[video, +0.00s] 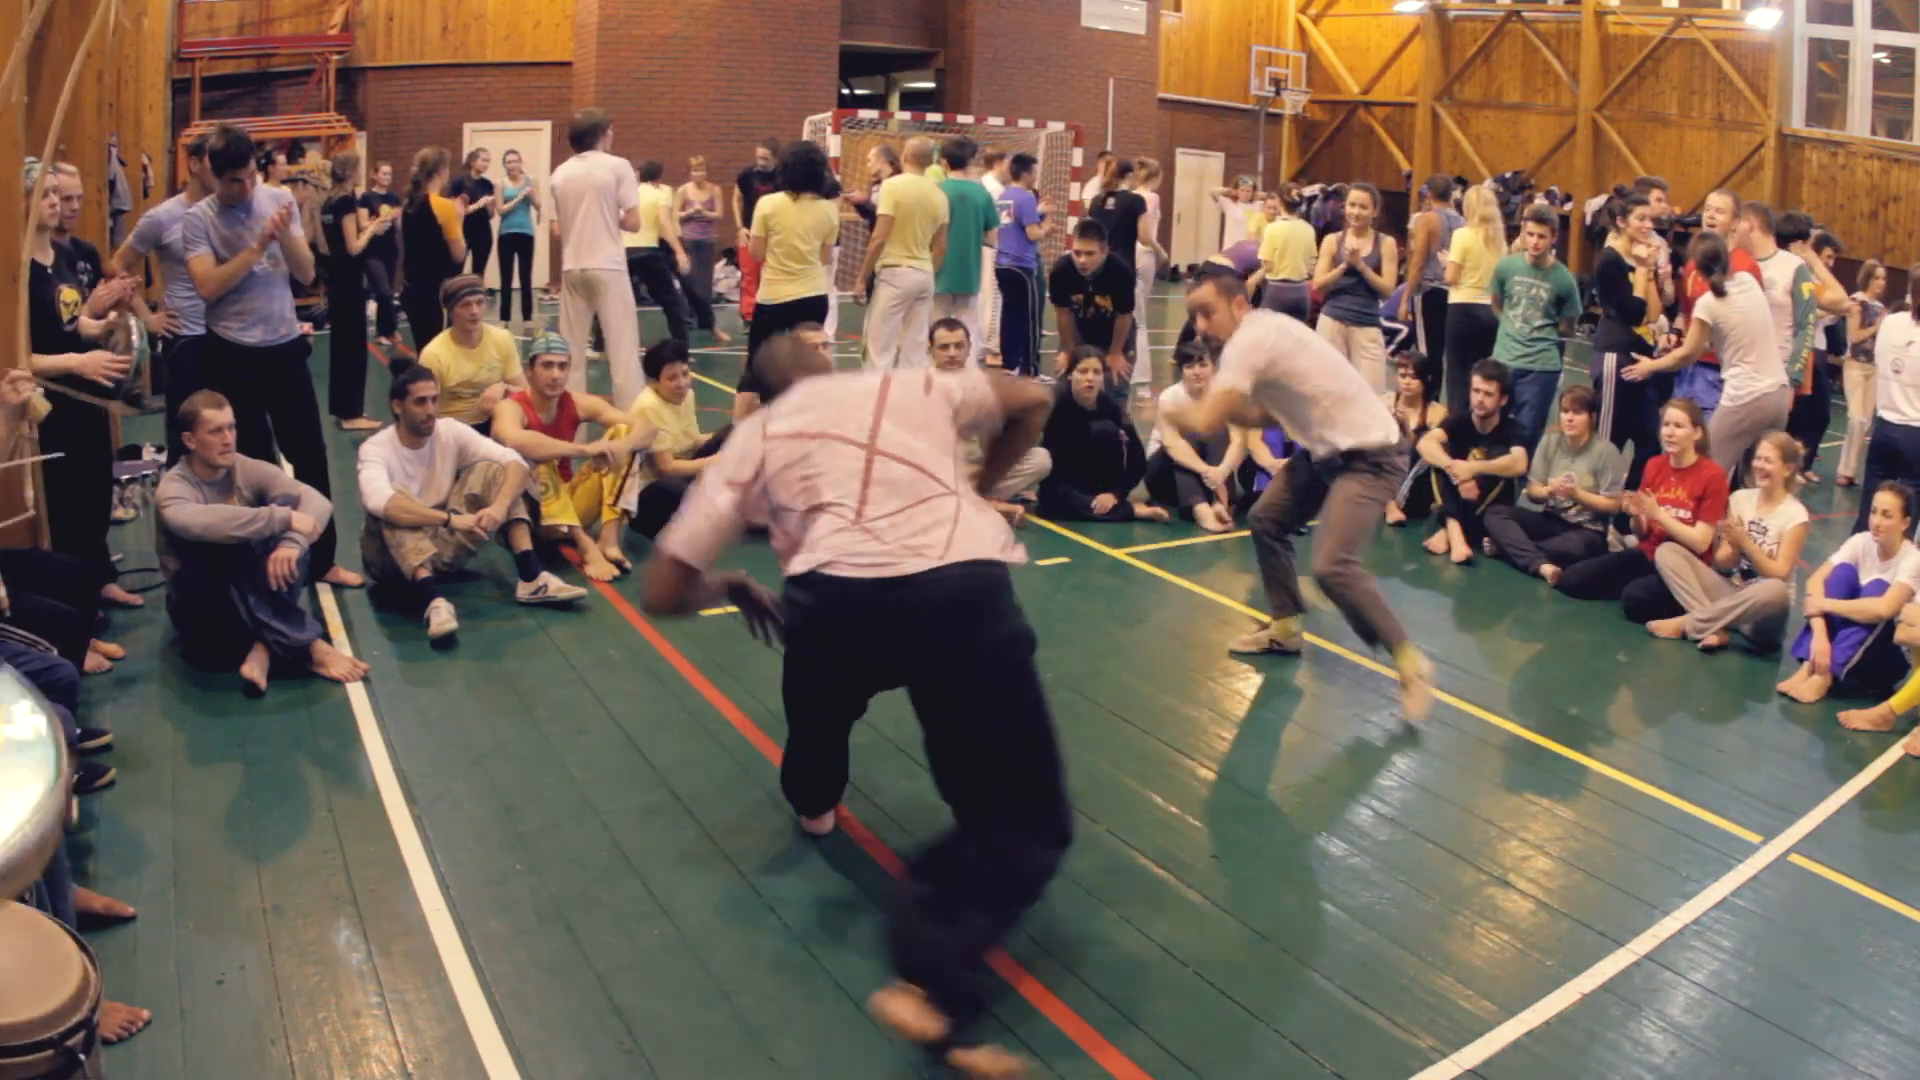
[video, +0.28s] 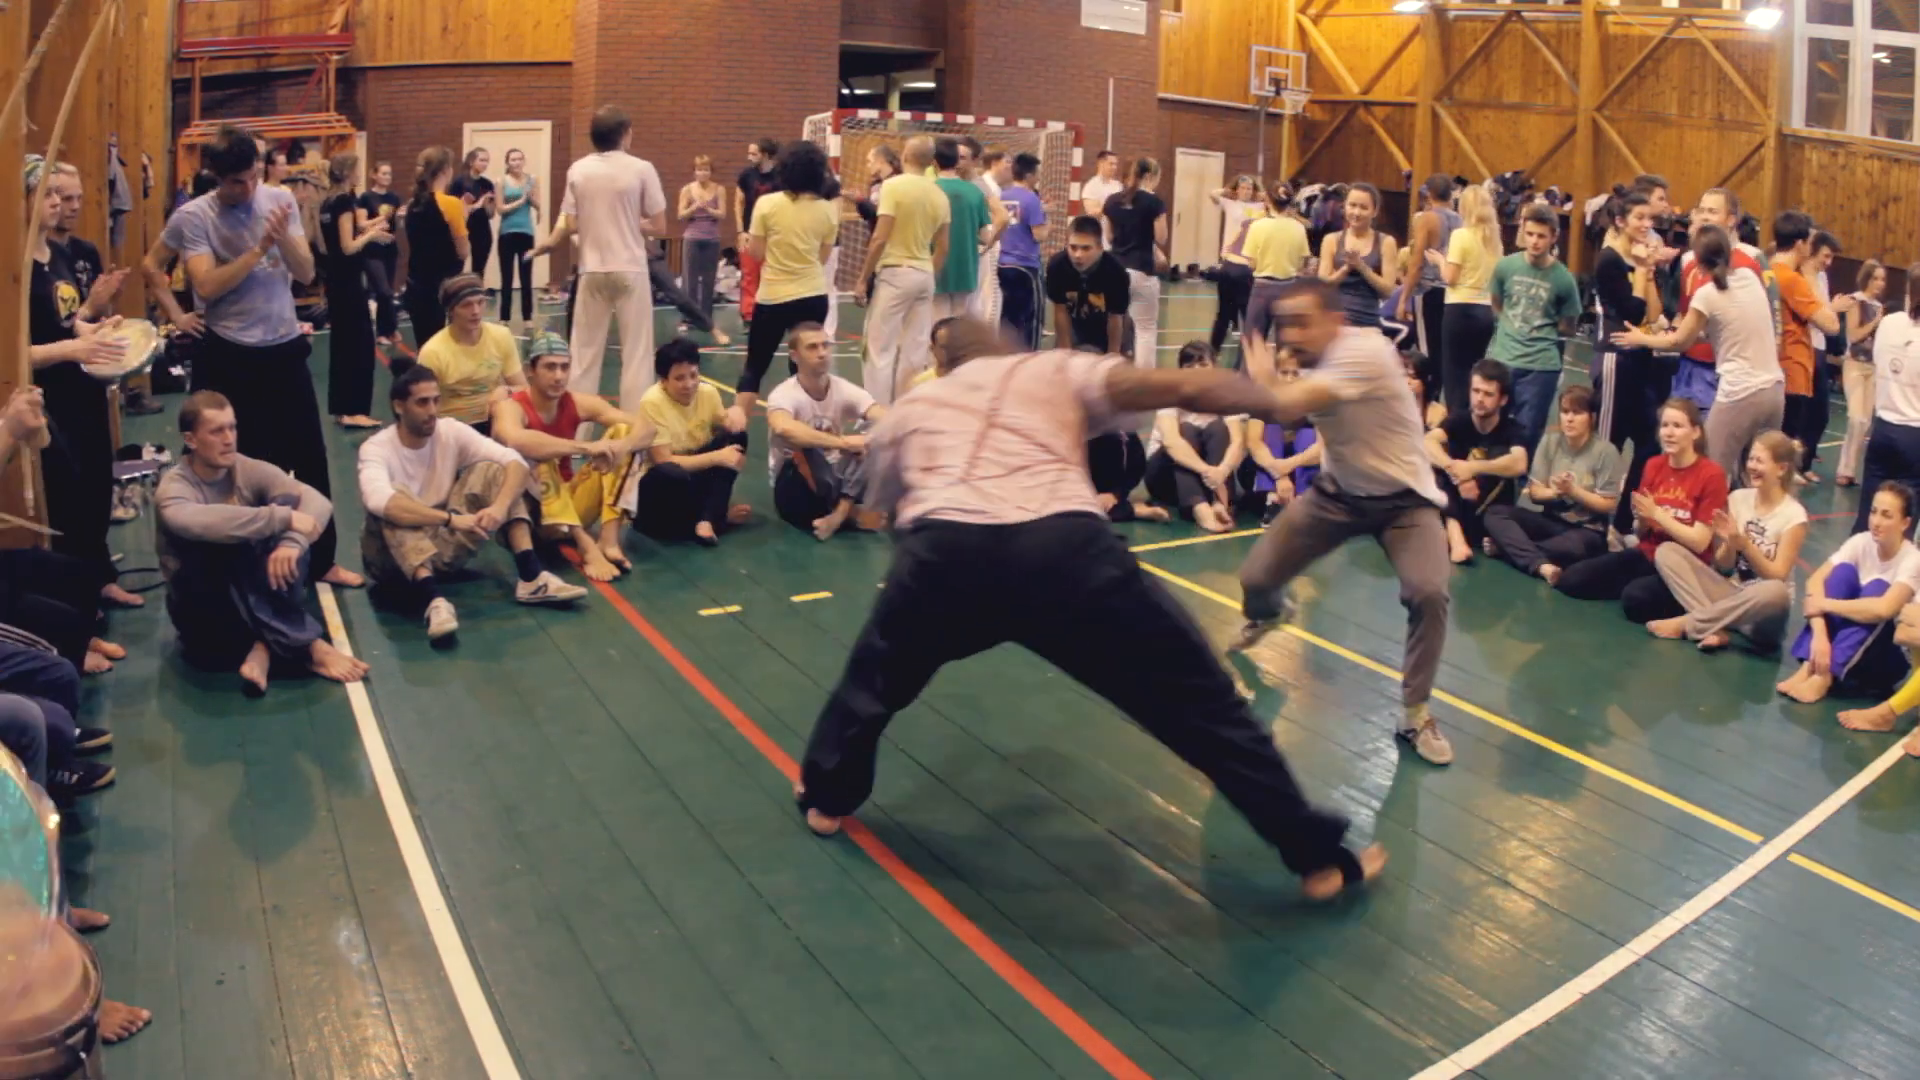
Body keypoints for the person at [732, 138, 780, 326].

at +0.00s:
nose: (760, 163)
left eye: (765, 158)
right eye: (758, 158)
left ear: (775, 158)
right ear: (754, 156)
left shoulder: (782, 177)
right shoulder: (746, 177)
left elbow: (787, 204)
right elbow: (737, 198)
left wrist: (781, 225)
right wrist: (739, 226)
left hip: (774, 229)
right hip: (751, 229)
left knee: (772, 271)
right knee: (749, 272)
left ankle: (771, 310)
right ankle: (748, 311)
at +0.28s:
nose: (750, 158)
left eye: (753, 154)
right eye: (749, 154)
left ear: (766, 155)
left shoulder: (781, 175)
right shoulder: (747, 175)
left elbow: (786, 204)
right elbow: (738, 203)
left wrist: (782, 228)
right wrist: (740, 230)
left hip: (774, 229)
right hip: (752, 230)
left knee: (771, 272)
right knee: (750, 273)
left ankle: (772, 311)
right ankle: (748, 311)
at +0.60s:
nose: (749, 157)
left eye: (753, 154)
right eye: (748, 153)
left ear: (765, 154)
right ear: (749, 154)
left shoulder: (780, 174)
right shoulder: (746, 176)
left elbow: (786, 204)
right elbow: (739, 204)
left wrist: (782, 229)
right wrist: (740, 231)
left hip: (774, 230)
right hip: (751, 230)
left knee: (771, 272)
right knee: (749, 274)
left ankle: (771, 312)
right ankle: (748, 312)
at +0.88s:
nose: (752, 156)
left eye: (756, 152)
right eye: (750, 153)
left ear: (768, 152)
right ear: (749, 154)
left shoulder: (781, 175)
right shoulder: (746, 176)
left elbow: (786, 205)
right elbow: (738, 205)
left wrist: (783, 229)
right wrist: (739, 233)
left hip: (775, 231)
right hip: (752, 231)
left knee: (773, 273)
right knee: (749, 274)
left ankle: (772, 312)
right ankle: (748, 312)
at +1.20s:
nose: (752, 155)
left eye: (756, 151)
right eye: (749, 152)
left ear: (767, 152)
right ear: (747, 154)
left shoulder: (778, 175)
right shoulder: (744, 177)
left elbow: (784, 203)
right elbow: (737, 207)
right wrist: (738, 234)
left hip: (774, 231)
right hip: (750, 232)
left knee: (773, 275)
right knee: (748, 277)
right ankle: (746, 318)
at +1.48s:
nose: (747, 157)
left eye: (751, 152)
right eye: (744, 153)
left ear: (761, 152)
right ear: (741, 155)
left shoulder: (773, 175)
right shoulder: (738, 178)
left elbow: (778, 204)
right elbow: (733, 208)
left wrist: (776, 233)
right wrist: (734, 236)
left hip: (768, 234)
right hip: (744, 236)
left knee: (768, 279)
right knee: (744, 283)